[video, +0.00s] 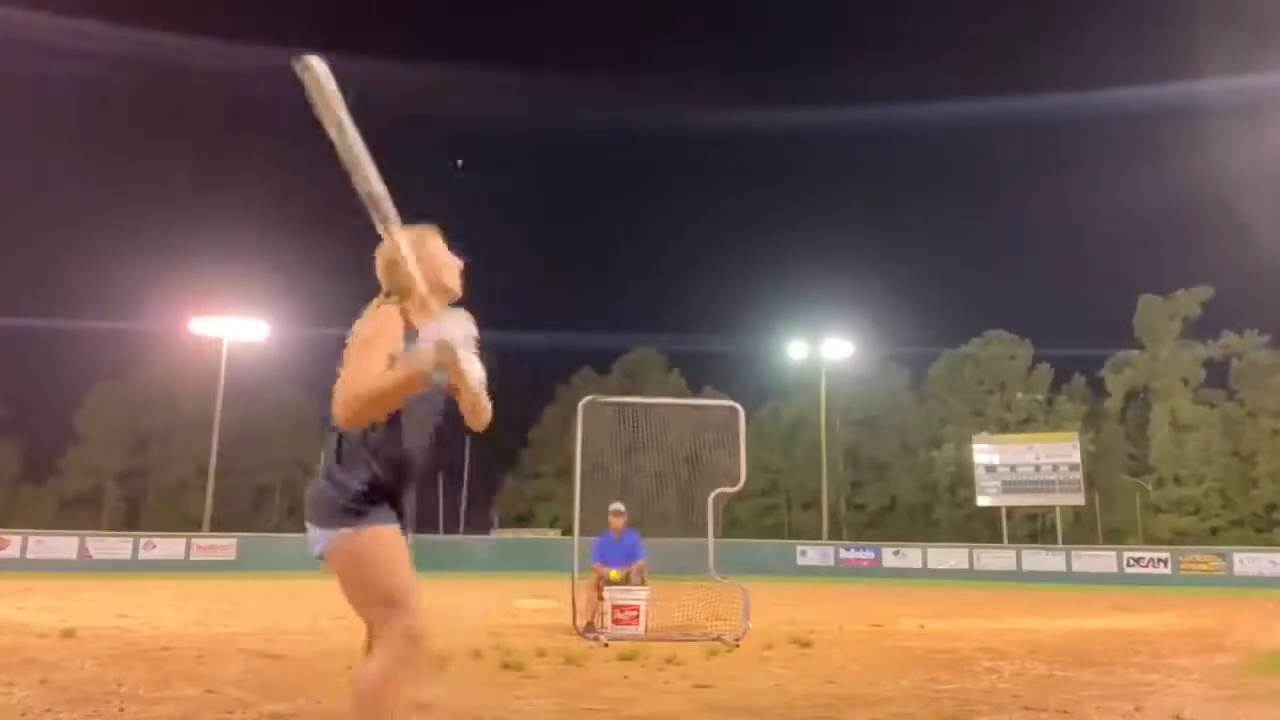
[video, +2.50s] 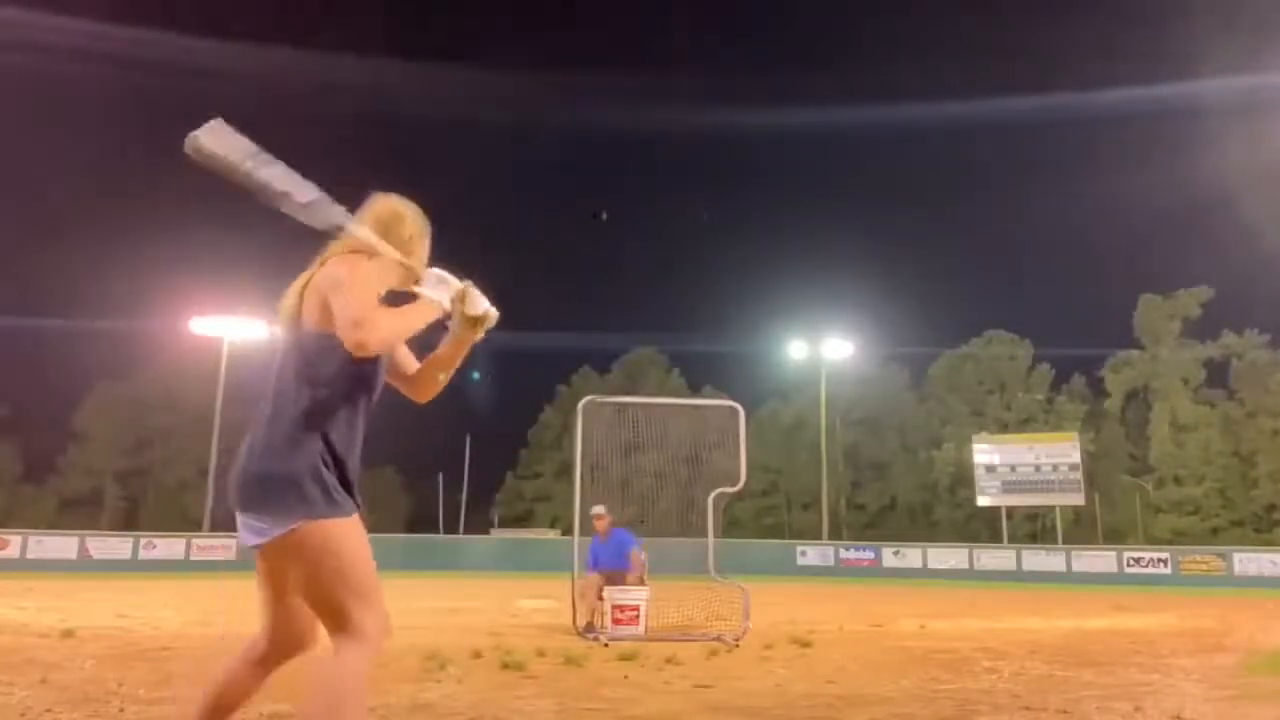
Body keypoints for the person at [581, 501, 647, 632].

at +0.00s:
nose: (616, 520)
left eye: (620, 516)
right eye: (613, 516)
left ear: (625, 518)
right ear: (608, 518)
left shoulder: (633, 537)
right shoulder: (602, 539)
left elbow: (640, 560)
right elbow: (595, 563)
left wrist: (626, 571)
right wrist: (608, 572)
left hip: (627, 571)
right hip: (608, 571)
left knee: (639, 570)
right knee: (594, 578)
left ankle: (636, 619)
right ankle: (590, 621)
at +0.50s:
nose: (615, 520)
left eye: (619, 516)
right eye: (612, 516)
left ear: (625, 518)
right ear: (608, 518)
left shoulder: (632, 537)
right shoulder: (601, 538)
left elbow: (640, 560)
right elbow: (595, 562)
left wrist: (625, 571)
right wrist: (605, 572)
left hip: (626, 571)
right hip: (607, 572)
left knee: (636, 573)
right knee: (593, 579)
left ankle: (635, 618)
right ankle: (589, 621)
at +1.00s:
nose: (615, 520)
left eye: (618, 516)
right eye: (612, 516)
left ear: (624, 518)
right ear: (607, 518)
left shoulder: (632, 537)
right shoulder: (601, 538)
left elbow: (640, 560)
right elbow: (595, 562)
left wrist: (625, 571)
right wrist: (604, 572)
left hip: (626, 571)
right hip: (607, 571)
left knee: (636, 573)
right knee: (593, 579)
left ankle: (635, 619)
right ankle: (589, 621)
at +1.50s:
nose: (614, 521)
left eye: (617, 517)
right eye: (611, 517)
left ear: (623, 518)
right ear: (606, 519)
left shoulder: (631, 537)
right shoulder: (601, 539)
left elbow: (640, 560)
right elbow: (595, 562)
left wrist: (624, 571)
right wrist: (603, 572)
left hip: (625, 571)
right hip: (607, 571)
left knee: (635, 574)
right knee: (593, 579)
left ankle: (635, 619)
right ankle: (589, 621)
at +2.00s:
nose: (612, 521)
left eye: (615, 516)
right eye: (609, 517)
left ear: (622, 518)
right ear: (604, 519)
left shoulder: (631, 537)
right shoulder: (600, 539)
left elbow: (639, 562)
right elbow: (594, 564)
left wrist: (621, 566)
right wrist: (604, 568)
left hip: (624, 573)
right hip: (607, 573)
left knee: (634, 576)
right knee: (592, 579)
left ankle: (632, 620)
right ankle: (589, 621)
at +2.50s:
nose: (599, 523)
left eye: (601, 518)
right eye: (596, 519)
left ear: (609, 519)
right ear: (593, 522)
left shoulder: (621, 535)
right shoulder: (595, 541)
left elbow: (636, 554)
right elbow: (591, 566)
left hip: (622, 573)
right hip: (603, 574)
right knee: (590, 582)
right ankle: (589, 622)